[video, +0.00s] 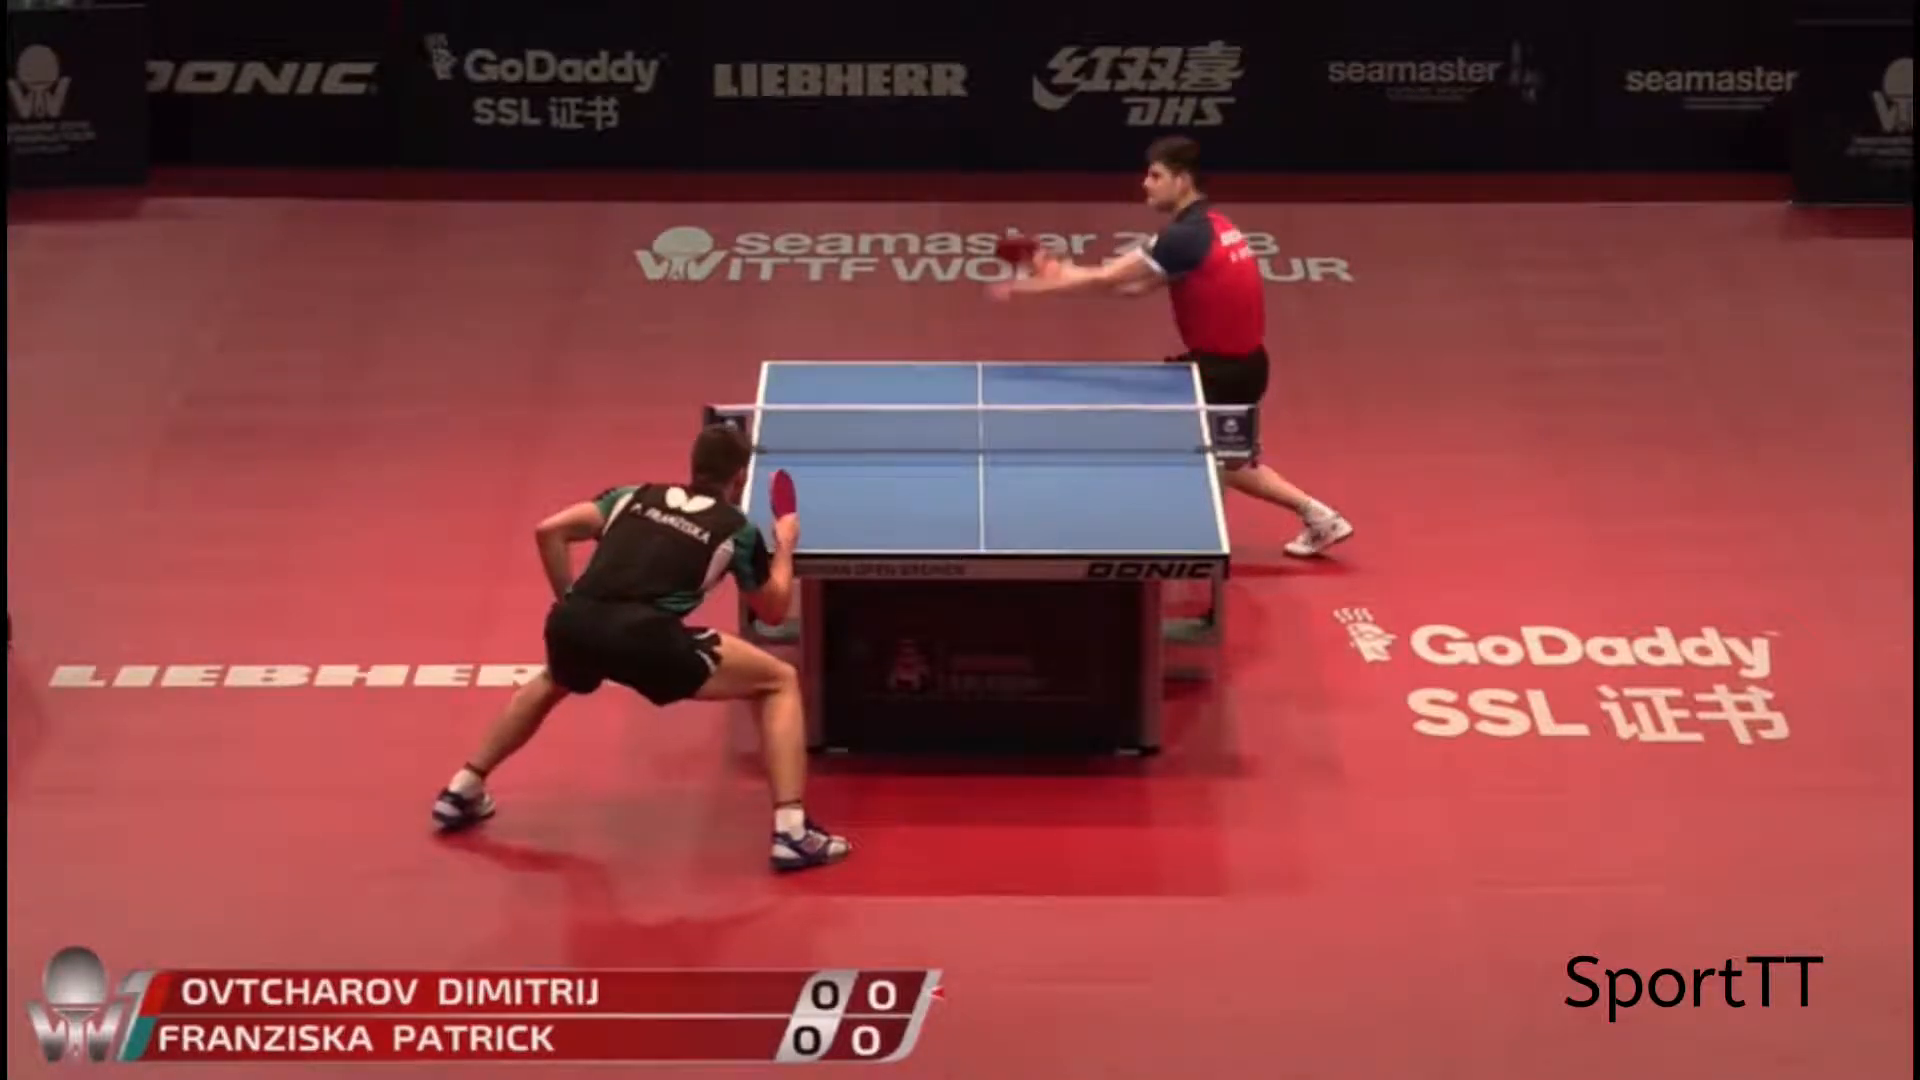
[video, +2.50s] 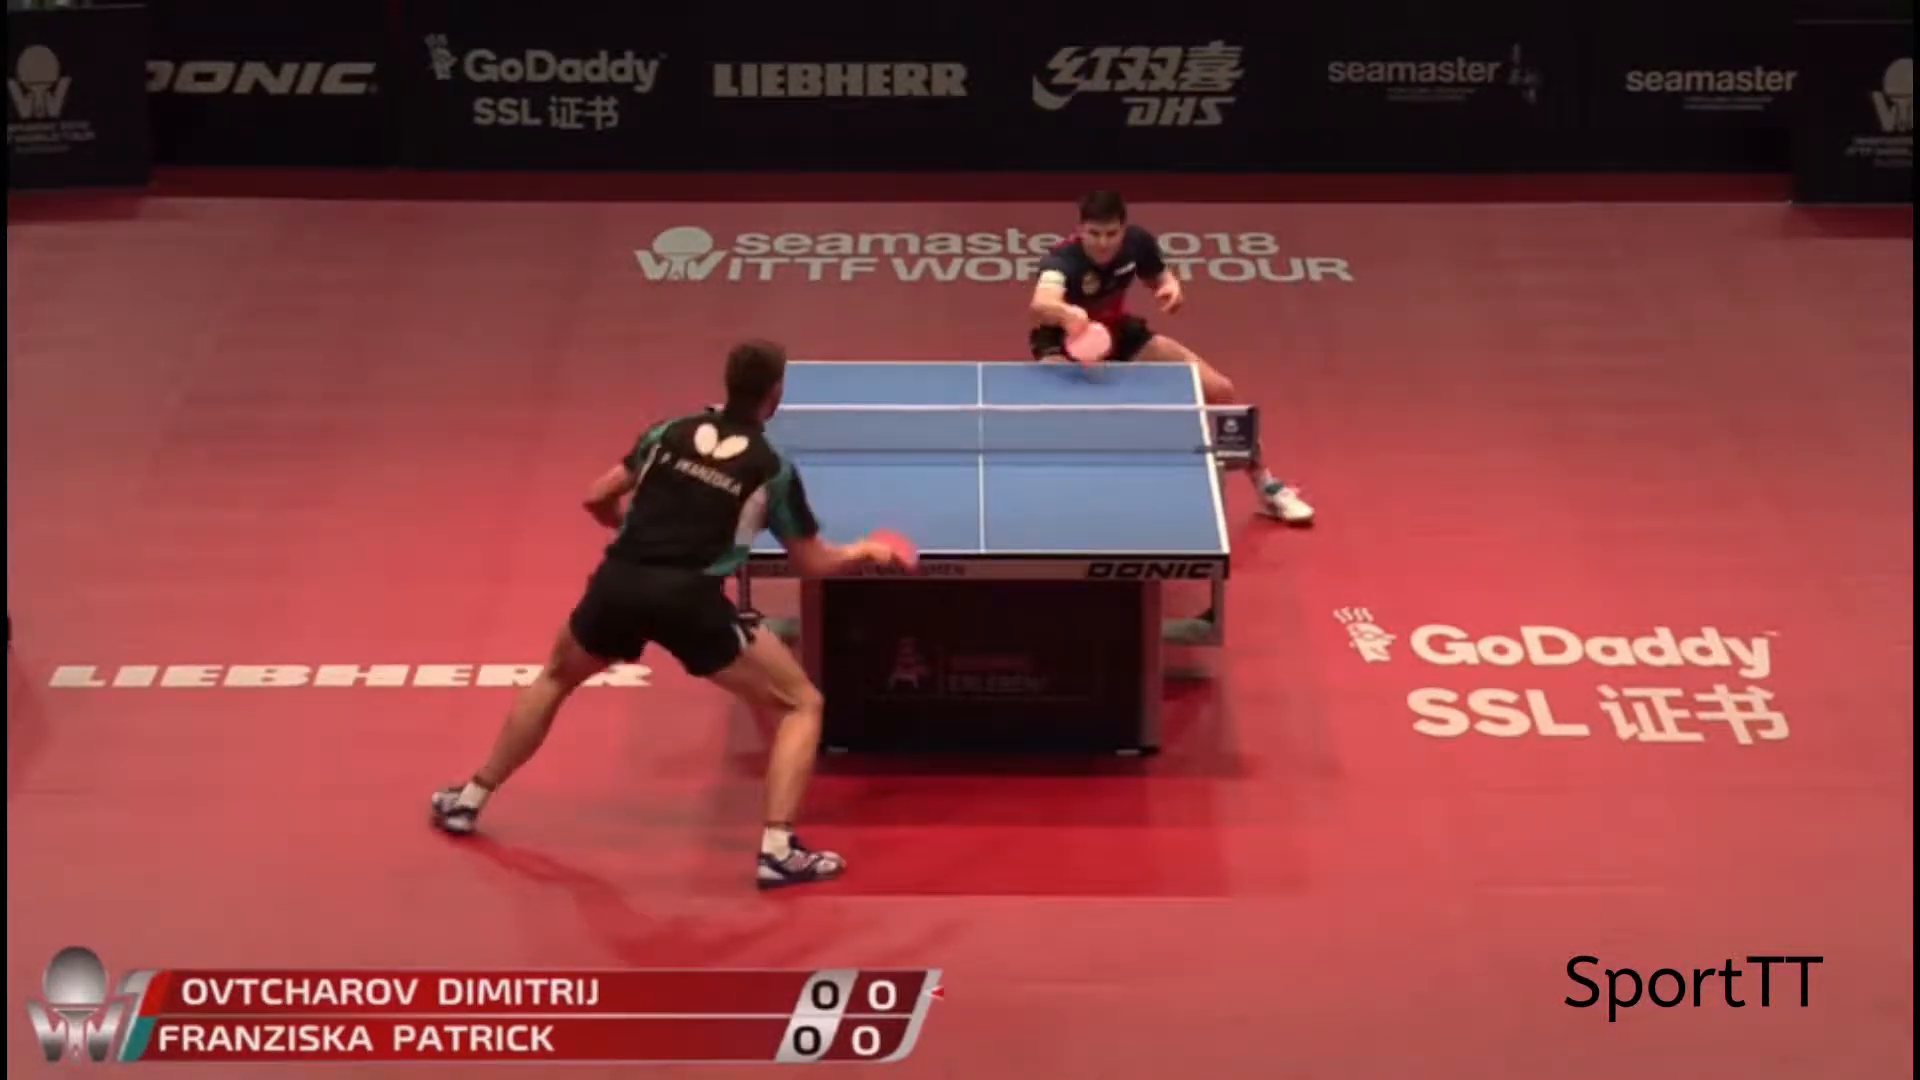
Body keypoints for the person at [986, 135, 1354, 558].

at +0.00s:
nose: (1145, 184)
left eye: (1154, 176)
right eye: (1147, 175)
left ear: (1180, 181)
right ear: (1182, 183)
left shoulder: (1188, 234)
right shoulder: (1210, 223)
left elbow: (1112, 276)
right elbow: (1139, 283)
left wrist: (1053, 278)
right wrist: (1070, 273)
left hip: (1223, 369)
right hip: (1238, 364)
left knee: (1230, 467)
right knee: (1232, 466)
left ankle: (1319, 516)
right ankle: (1318, 517)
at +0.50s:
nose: (1181, 110)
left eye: (1192, 103)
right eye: (1184, 101)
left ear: (1220, 117)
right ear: (1217, 120)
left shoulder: (1216, 161)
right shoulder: (1229, 165)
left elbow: (1136, 155)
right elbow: (1144, 192)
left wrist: (1068, 115)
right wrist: (1088, 137)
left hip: (1225, 315)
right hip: (1253, 315)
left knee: (1145, 406)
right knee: (1250, 430)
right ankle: (1330, 525)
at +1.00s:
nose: (1205, 102)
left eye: (1217, 95)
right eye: (1209, 94)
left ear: (1244, 109)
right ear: (1246, 113)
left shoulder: (1234, 151)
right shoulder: (1285, 165)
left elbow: (1201, 194)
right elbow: (1310, 247)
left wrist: (1137, 202)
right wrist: (1326, 282)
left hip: (1245, 303)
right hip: (1287, 306)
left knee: (1163, 386)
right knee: (1275, 423)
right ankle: (1334, 531)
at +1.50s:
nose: (1106, 207)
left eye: (1114, 198)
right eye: (1101, 199)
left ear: (1139, 191)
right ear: (1095, 199)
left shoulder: (1167, 227)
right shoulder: (1120, 212)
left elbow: (1235, 272)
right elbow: (1074, 229)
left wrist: (1187, 288)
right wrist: (1091, 251)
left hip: (1216, 323)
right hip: (1180, 319)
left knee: (1166, 403)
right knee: (1139, 387)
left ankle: (1247, 445)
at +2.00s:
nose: (1084, 179)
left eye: (1093, 168)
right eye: (1078, 170)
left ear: (1116, 162)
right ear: (1071, 170)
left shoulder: (1162, 195)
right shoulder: (1071, 210)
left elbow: (1216, 242)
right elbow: (1043, 267)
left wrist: (1164, 268)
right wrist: (1028, 291)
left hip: (1163, 314)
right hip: (1097, 313)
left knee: (1221, 401)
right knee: (1039, 388)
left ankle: (1259, 494)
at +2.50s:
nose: (1103, 243)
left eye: (1110, 234)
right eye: (1094, 234)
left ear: (1122, 228)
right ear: (1080, 230)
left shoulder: (1137, 244)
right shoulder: (1064, 257)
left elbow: (1162, 280)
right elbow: (1040, 304)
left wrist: (1171, 292)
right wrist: (1068, 315)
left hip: (1116, 332)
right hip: (1063, 339)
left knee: (1219, 389)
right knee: (1058, 403)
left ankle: (1266, 486)